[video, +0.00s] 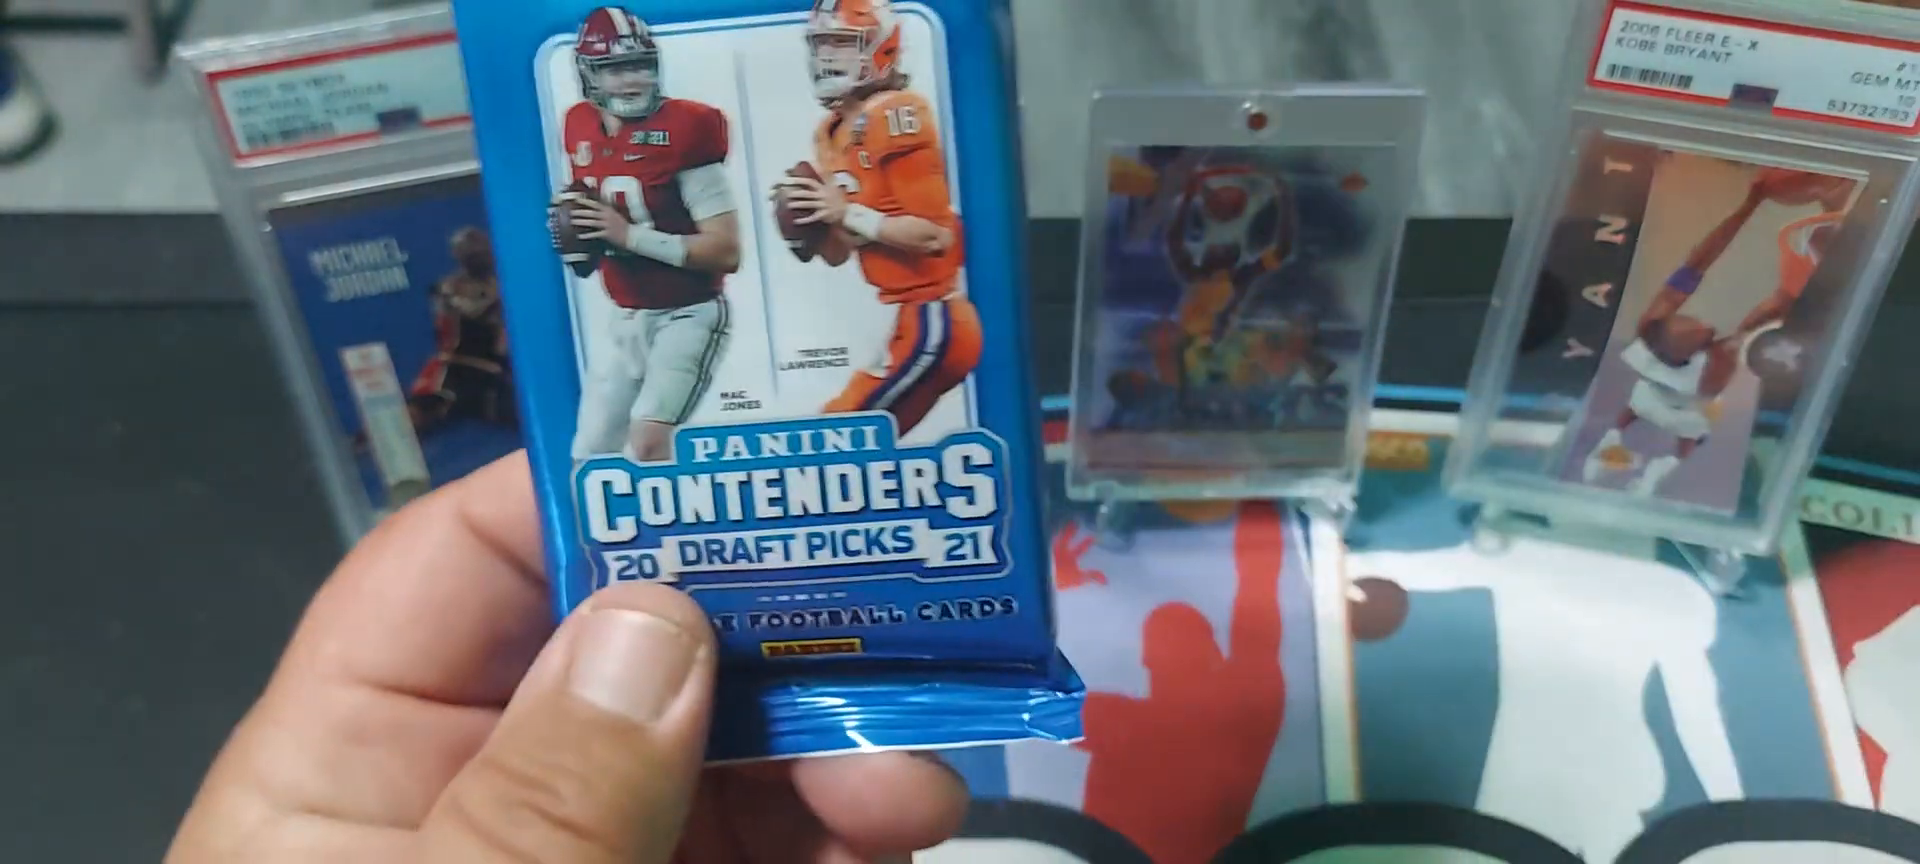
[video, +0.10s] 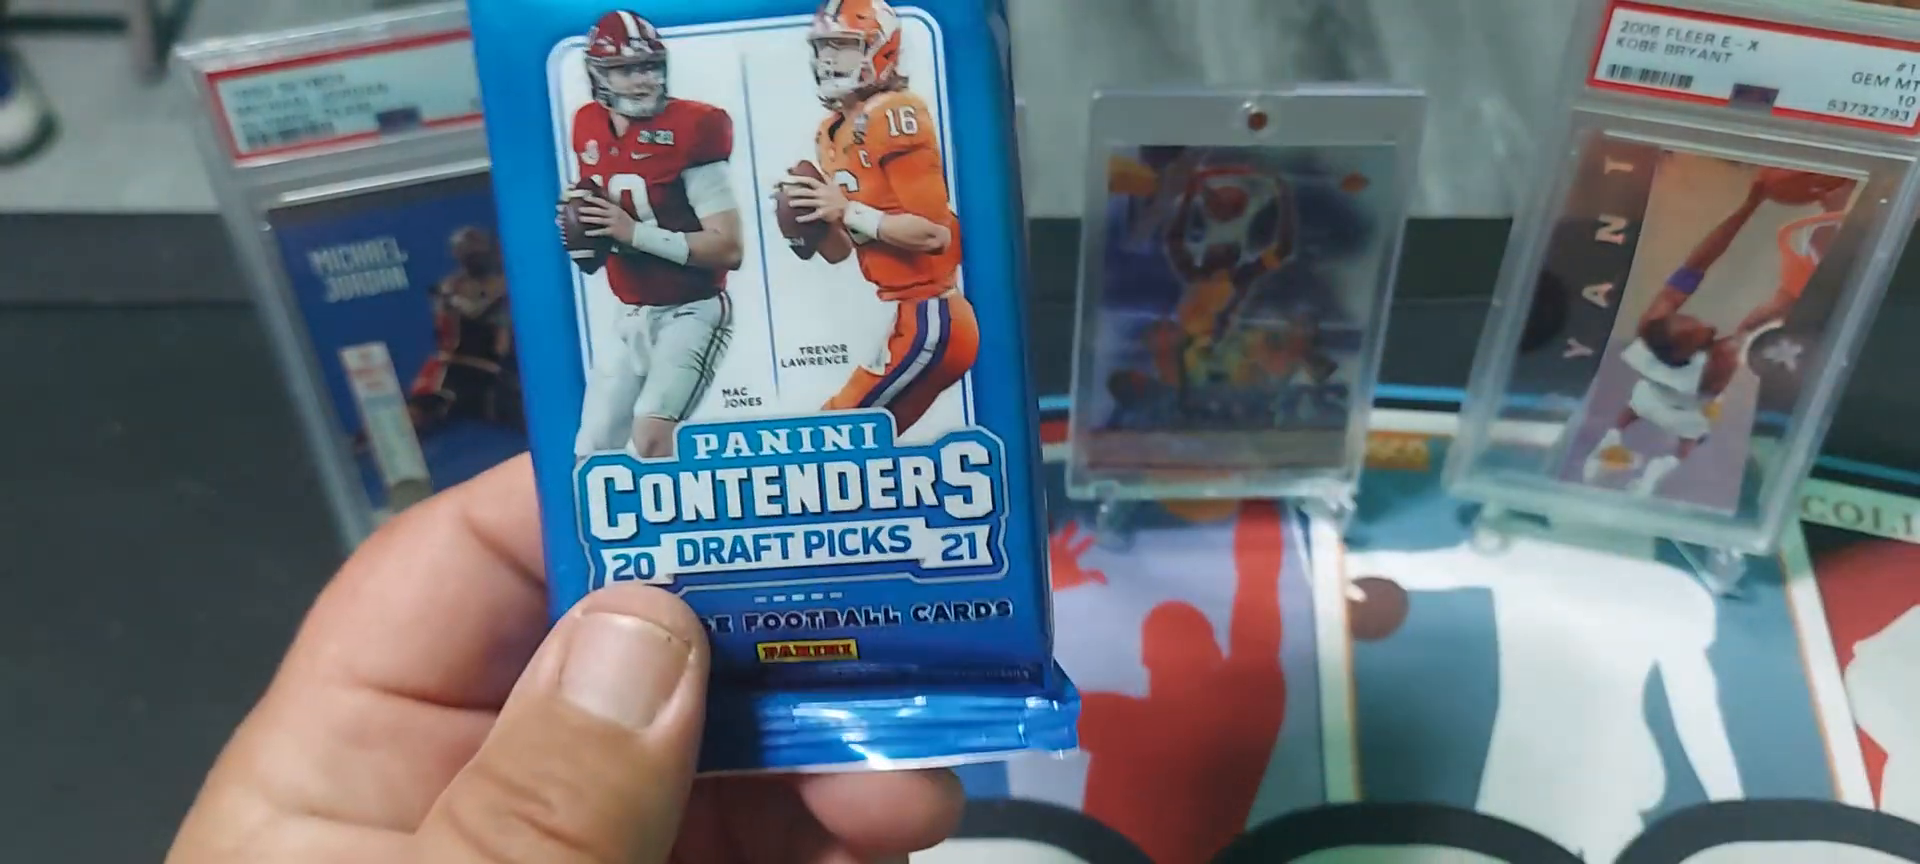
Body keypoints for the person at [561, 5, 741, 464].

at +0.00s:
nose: (631, 79)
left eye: (639, 66)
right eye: (615, 69)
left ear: (654, 67)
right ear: (589, 76)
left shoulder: (689, 128)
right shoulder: (580, 125)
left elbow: (726, 252)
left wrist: (628, 235)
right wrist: (568, 230)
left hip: (692, 314)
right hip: (624, 319)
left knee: (647, 442)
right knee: (590, 455)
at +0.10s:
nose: (640, 80)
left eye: (649, 67)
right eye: (625, 70)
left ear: (663, 67)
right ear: (599, 75)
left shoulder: (695, 127)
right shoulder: (588, 124)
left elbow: (729, 248)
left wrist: (633, 231)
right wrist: (576, 222)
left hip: (695, 312)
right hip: (630, 317)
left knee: (650, 438)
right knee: (592, 453)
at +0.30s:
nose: (755, 138)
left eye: (765, 126)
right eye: (740, 127)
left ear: (778, 128)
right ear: (713, 131)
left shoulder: (804, 187)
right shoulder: (699, 177)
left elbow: (828, 306)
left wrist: (737, 285)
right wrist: (682, 276)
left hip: (791, 367)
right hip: (727, 368)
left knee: (737, 486)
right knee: (677, 500)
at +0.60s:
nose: (764, 154)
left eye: (774, 143)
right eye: (751, 143)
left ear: (787, 145)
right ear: (722, 146)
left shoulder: (811, 205)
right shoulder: (704, 191)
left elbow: (829, 327)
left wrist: (737, 302)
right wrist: (681, 283)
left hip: (785, 384)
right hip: (718, 381)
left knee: (723, 504)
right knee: (663, 509)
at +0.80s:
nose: (744, 143)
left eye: (753, 132)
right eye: (731, 132)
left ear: (767, 135)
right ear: (705, 136)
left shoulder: (793, 194)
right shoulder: (688, 181)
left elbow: (816, 314)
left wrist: (723, 291)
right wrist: (667, 274)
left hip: (774, 371)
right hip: (709, 371)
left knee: (715, 495)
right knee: (653, 503)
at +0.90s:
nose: (736, 139)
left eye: (745, 127)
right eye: (723, 128)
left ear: (760, 130)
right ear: (697, 132)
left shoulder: (785, 189)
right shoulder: (681, 178)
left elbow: (808, 308)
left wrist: (717, 287)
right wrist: (660, 271)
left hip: (766, 366)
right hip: (700, 367)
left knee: (706, 490)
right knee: (646, 498)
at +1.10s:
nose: (723, 134)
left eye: (732, 122)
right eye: (709, 123)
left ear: (746, 125)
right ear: (682, 127)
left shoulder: (770, 184)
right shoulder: (666, 173)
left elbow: (795, 304)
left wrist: (702, 282)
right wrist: (646, 264)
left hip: (753, 362)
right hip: (688, 362)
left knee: (694, 486)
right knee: (634, 495)